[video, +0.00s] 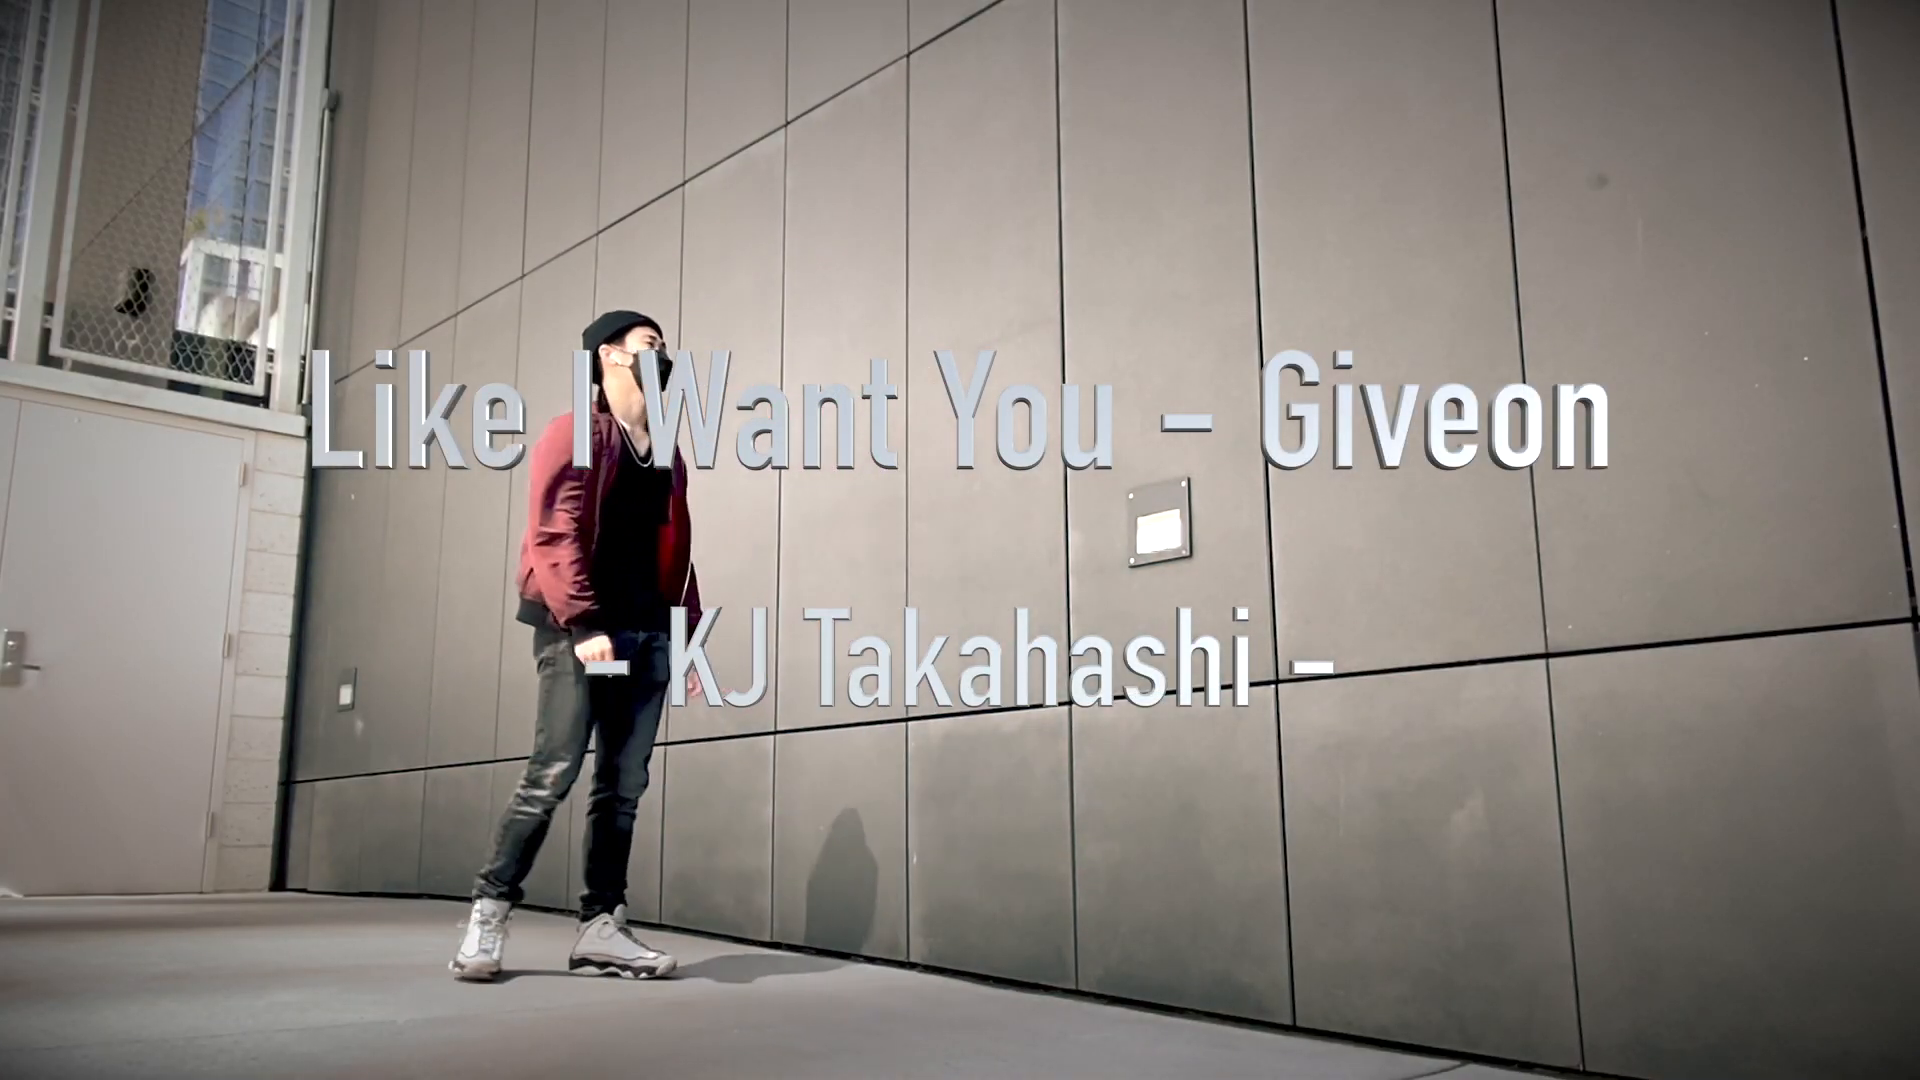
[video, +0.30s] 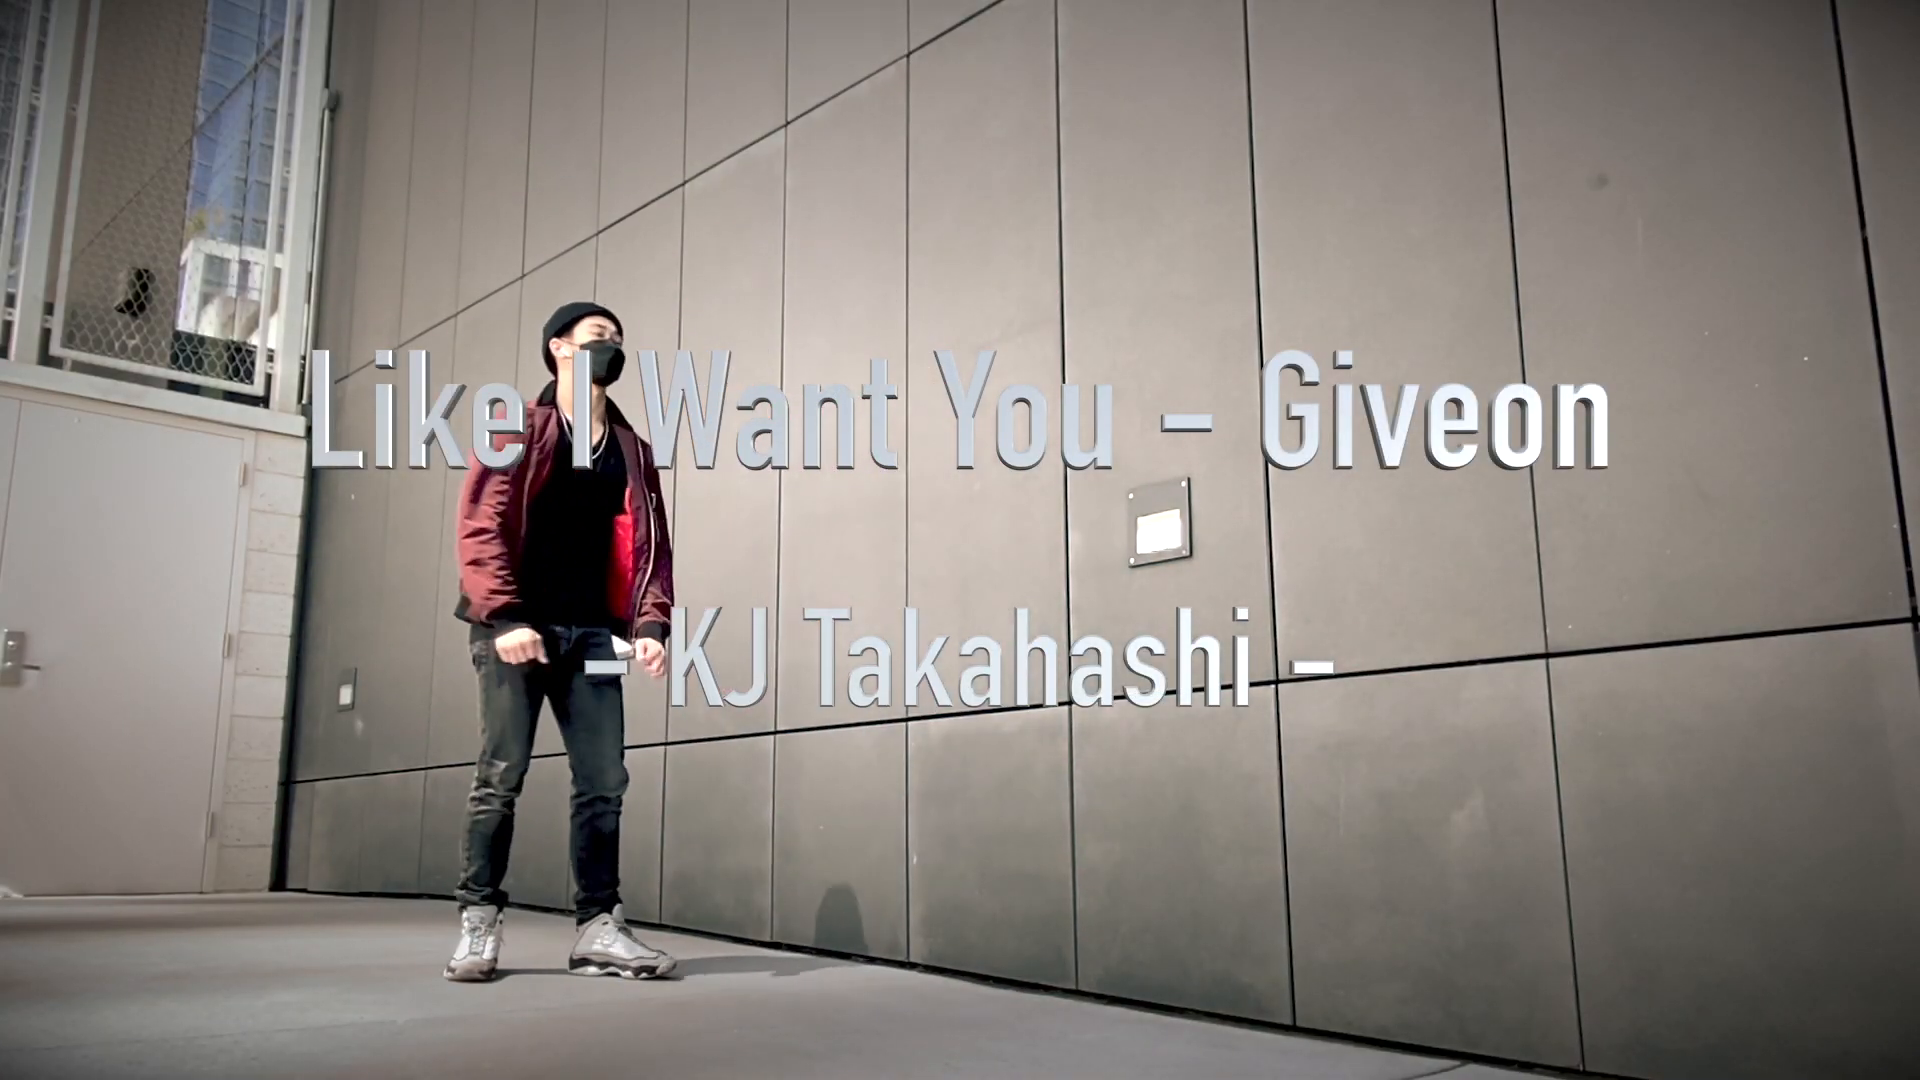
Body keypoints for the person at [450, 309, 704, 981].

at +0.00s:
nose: (655, 360)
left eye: (659, 352)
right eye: (643, 350)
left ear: (662, 363)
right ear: (608, 358)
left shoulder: (667, 448)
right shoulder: (574, 433)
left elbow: (674, 551)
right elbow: (551, 539)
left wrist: (686, 636)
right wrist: (582, 625)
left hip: (645, 628)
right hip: (574, 623)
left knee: (624, 785)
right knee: (555, 772)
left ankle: (599, 927)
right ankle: (488, 916)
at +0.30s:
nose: (608, 351)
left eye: (614, 343)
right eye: (594, 341)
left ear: (619, 361)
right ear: (558, 352)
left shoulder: (631, 447)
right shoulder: (519, 427)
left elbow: (651, 543)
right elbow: (480, 525)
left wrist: (651, 622)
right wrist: (504, 617)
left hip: (594, 633)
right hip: (515, 628)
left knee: (603, 783)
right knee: (501, 775)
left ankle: (597, 928)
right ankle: (479, 923)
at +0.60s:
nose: (564, 329)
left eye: (575, 325)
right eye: (548, 321)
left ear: (585, 352)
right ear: (518, 346)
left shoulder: (608, 443)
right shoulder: (476, 416)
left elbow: (620, 546)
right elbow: (420, 508)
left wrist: (618, 626)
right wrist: (386, 598)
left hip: (572, 623)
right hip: (488, 619)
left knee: (578, 772)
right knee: (485, 777)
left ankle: (562, 921)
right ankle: (477, 923)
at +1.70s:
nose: (651, 306)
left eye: (663, 300)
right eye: (635, 299)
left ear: (676, 327)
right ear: (606, 325)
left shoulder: (711, 422)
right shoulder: (570, 409)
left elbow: (731, 525)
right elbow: (533, 505)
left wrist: (731, 610)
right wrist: (506, 595)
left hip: (679, 623)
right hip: (590, 616)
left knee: (656, 786)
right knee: (545, 775)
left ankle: (630, 939)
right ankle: (485, 907)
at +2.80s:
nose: (740, 358)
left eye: (742, 349)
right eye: (727, 346)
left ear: (720, 357)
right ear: (682, 350)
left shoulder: (724, 433)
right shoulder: (643, 424)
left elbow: (752, 520)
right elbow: (592, 516)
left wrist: (764, 610)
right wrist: (608, 620)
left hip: (681, 636)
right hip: (618, 634)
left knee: (748, 778)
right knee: (631, 811)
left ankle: (646, 917)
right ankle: (506, 896)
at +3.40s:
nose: (670, 355)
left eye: (671, 346)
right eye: (657, 343)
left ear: (645, 354)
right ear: (610, 346)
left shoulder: (661, 443)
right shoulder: (564, 423)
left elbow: (705, 532)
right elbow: (594, 530)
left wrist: (774, 614)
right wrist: (663, 631)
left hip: (588, 639)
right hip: (515, 632)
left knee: (633, 788)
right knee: (543, 798)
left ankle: (585, 949)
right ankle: (433, 900)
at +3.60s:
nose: (631, 328)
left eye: (636, 319)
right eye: (616, 316)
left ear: (638, 330)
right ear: (571, 322)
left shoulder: (647, 417)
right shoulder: (521, 400)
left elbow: (667, 503)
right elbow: (548, 507)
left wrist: (697, 588)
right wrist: (635, 583)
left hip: (572, 612)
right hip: (490, 604)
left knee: (581, 770)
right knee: (493, 774)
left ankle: (565, 944)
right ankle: (423, 904)